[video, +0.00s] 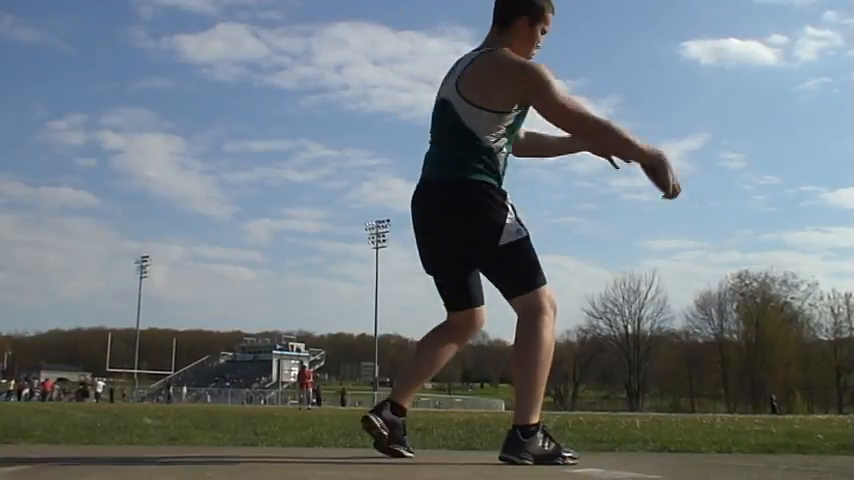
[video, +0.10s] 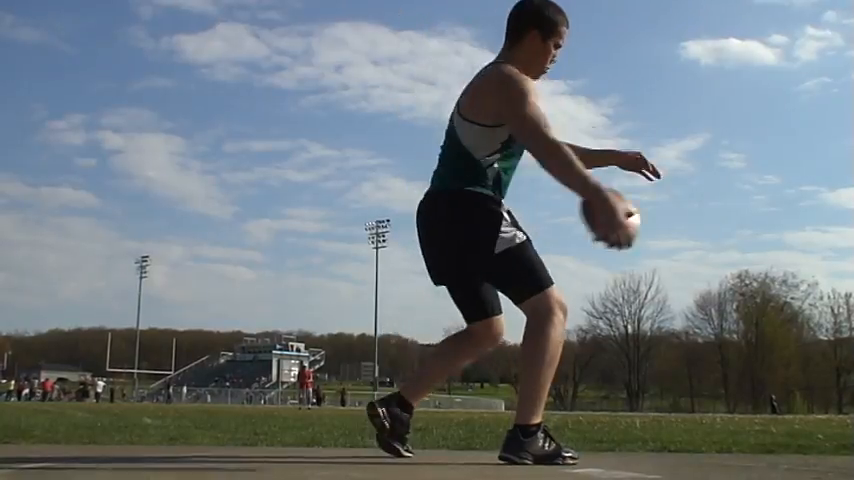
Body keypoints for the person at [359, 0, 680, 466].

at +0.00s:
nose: (542, 39)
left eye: (544, 30)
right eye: (541, 28)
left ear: (502, 20)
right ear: (520, 21)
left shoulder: (465, 68)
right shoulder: (520, 71)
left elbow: (513, 140)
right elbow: (579, 122)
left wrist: (581, 144)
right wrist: (647, 155)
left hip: (430, 203)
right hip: (476, 200)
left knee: (464, 319)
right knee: (538, 307)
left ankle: (391, 412)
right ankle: (527, 434)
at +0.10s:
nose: (556, 56)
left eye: (559, 48)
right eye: (555, 45)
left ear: (523, 37)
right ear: (535, 37)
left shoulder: (491, 81)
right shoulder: (510, 83)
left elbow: (544, 149)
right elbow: (547, 150)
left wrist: (612, 157)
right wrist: (594, 194)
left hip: (438, 215)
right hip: (474, 211)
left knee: (486, 329)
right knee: (549, 309)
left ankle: (398, 406)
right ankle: (527, 434)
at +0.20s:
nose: (569, 74)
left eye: (572, 65)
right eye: (567, 63)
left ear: (546, 58)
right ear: (541, 55)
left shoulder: (546, 114)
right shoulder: (501, 97)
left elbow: (584, 161)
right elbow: (471, 150)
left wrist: (642, 178)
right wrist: (455, 206)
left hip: (452, 223)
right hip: (479, 219)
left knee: (499, 342)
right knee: (562, 315)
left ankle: (405, 405)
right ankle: (526, 434)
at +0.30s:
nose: (581, 91)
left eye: (584, 82)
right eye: (578, 79)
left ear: (558, 75)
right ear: (551, 71)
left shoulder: (561, 130)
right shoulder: (493, 114)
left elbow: (606, 168)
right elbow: (425, 148)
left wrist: (657, 201)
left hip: (459, 241)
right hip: (479, 236)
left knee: (505, 353)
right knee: (572, 318)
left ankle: (405, 405)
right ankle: (528, 434)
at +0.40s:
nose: (586, 107)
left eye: (590, 98)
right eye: (583, 95)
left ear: (568, 94)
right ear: (553, 86)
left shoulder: (566, 145)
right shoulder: (494, 123)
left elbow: (604, 177)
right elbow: (413, 147)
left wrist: (651, 219)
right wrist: (341, 167)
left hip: (454, 252)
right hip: (474, 245)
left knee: (498, 357)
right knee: (575, 323)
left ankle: (402, 405)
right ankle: (527, 434)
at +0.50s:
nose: (587, 116)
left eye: (590, 107)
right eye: (586, 104)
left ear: (562, 101)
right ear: (561, 98)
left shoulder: (558, 154)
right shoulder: (497, 127)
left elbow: (568, 182)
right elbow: (417, 147)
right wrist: (344, 165)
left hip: (443, 254)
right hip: (472, 248)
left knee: (490, 352)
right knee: (573, 324)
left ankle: (405, 416)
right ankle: (528, 433)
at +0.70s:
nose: (532, 66)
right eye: (534, 59)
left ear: (489, 55)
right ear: (532, 63)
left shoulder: (444, 84)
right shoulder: (522, 104)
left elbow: (379, 103)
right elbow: (517, 139)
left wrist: (344, 146)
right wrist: (509, 174)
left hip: (428, 218)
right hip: (484, 215)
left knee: (441, 327)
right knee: (536, 325)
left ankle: (388, 425)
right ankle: (526, 431)